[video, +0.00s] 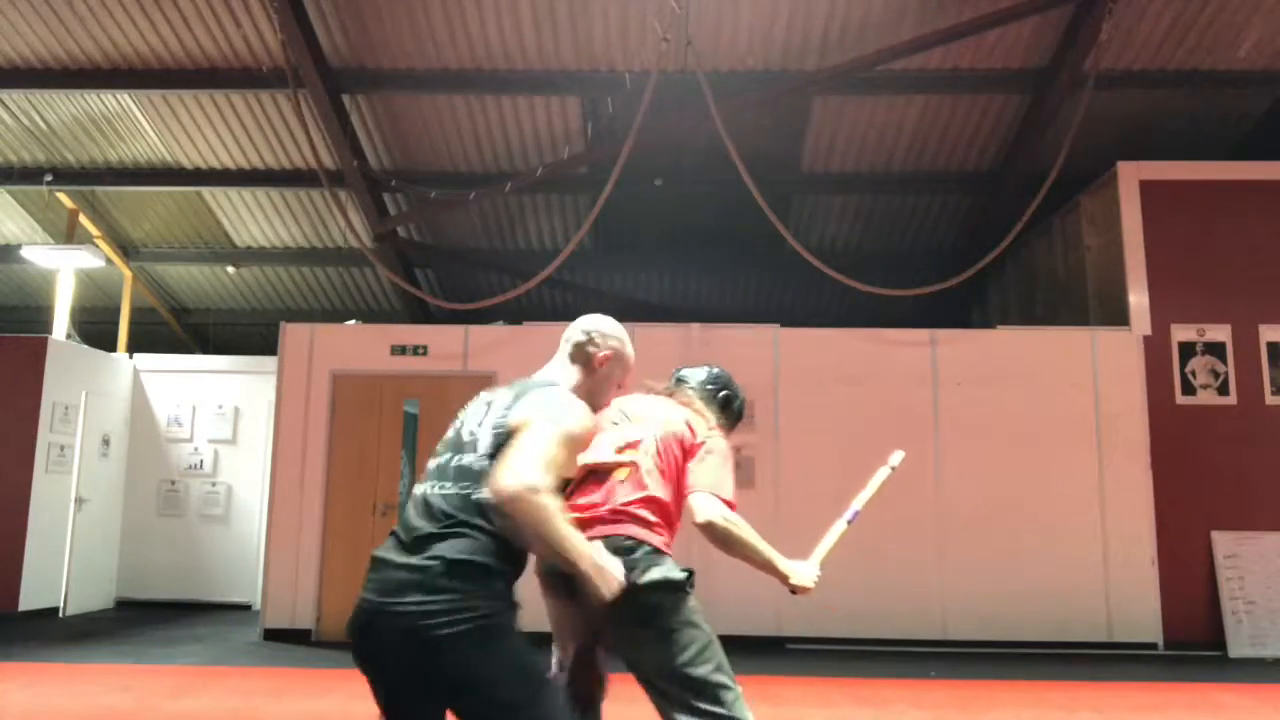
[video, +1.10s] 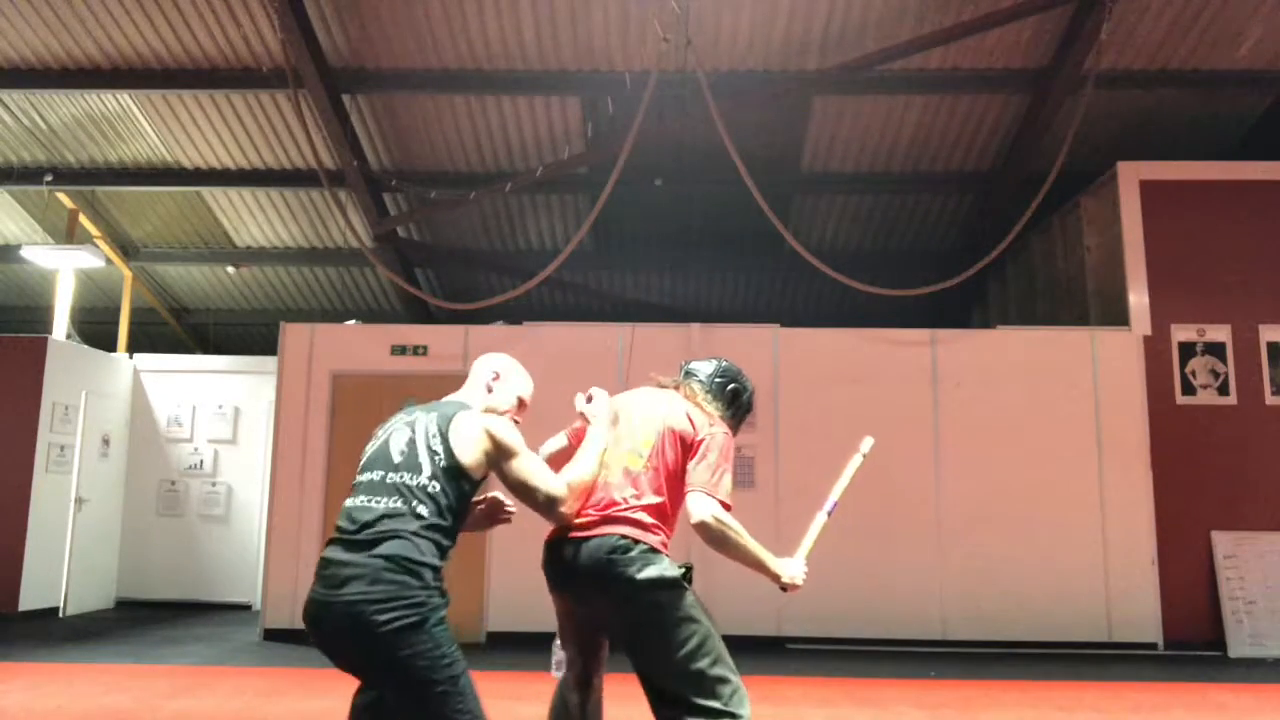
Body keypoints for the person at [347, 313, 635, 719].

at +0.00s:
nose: (613, 398)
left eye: (622, 386)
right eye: (619, 382)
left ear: (563, 352)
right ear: (601, 360)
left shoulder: (483, 401)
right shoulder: (565, 409)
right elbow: (515, 488)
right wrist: (590, 559)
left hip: (379, 615)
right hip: (457, 621)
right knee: (547, 708)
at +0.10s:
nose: (621, 390)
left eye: (625, 375)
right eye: (624, 372)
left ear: (563, 353)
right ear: (610, 358)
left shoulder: (497, 403)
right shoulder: (557, 409)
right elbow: (495, 479)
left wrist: (577, 469)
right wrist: (588, 545)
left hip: (375, 613)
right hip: (440, 621)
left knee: (412, 709)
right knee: (534, 708)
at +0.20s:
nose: (607, 398)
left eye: (611, 380)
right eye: (611, 378)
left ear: (550, 359)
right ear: (602, 366)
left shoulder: (501, 406)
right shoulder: (532, 398)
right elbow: (486, 467)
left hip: (379, 606)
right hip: (416, 611)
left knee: (425, 705)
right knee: (522, 710)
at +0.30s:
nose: (587, 380)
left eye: (591, 370)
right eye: (586, 366)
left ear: (544, 354)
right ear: (566, 357)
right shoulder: (520, 389)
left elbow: (513, 517)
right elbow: (496, 459)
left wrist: (579, 488)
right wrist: (597, 425)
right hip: (412, 603)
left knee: (422, 706)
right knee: (513, 710)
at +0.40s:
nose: (559, 372)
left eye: (564, 362)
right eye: (561, 357)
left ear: (524, 340)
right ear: (551, 346)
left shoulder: (468, 391)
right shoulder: (493, 382)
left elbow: (489, 503)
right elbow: (555, 442)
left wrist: (562, 499)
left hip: (385, 591)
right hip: (423, 596)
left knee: (411, 712)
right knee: (495, 711)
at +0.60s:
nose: (535, 377)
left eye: (541, 370)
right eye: (539, 365)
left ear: (488, 335)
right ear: (525, 338)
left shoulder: (423, 385)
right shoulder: (497, 381)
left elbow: (432, 497)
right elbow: (579, 452)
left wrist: (507, 497)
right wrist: (595, 363)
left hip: (371, 580)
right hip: (421, 582)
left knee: (416, 698)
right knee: (472, 710)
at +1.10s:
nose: (519, 417)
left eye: (525, 408)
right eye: (521, 403)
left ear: (475, 378)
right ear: (492, 379)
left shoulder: (397, 423)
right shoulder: (487, 426)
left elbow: (393, 513)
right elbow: (562, 505)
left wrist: (462, 519)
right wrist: (601, 426)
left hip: (327, 602)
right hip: (396, 605)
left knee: (386, 684)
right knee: (460, 711)